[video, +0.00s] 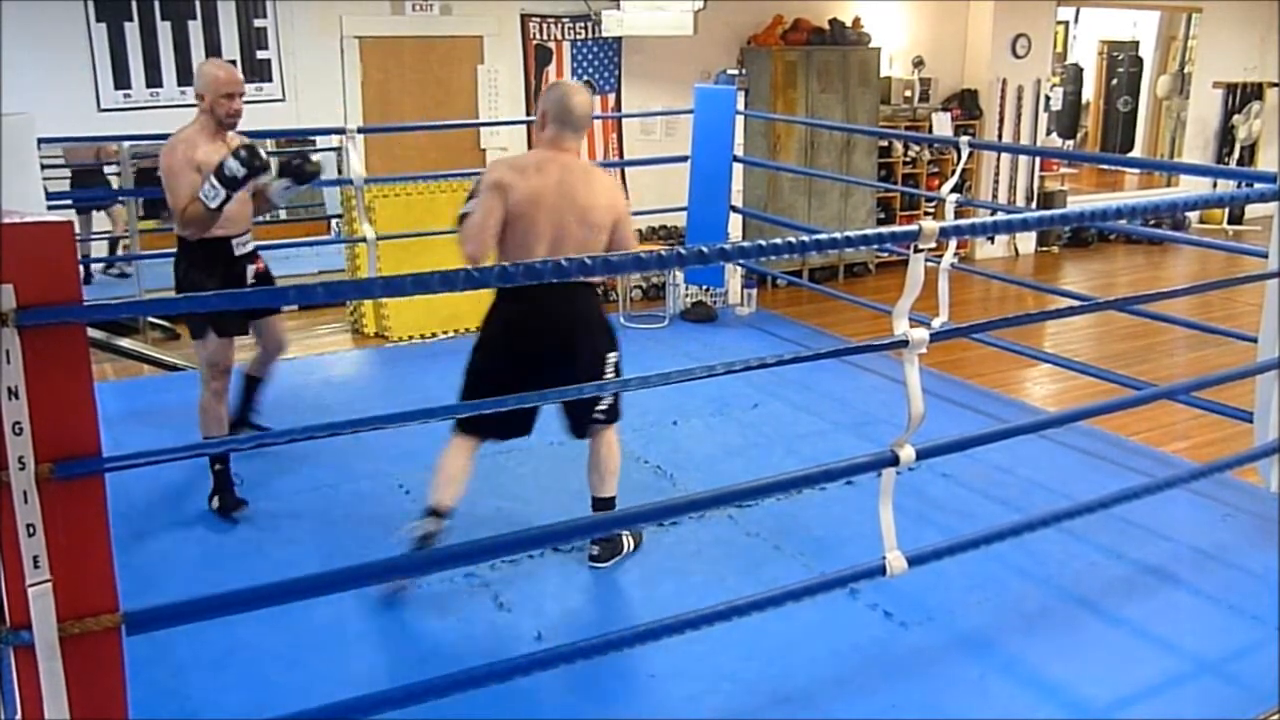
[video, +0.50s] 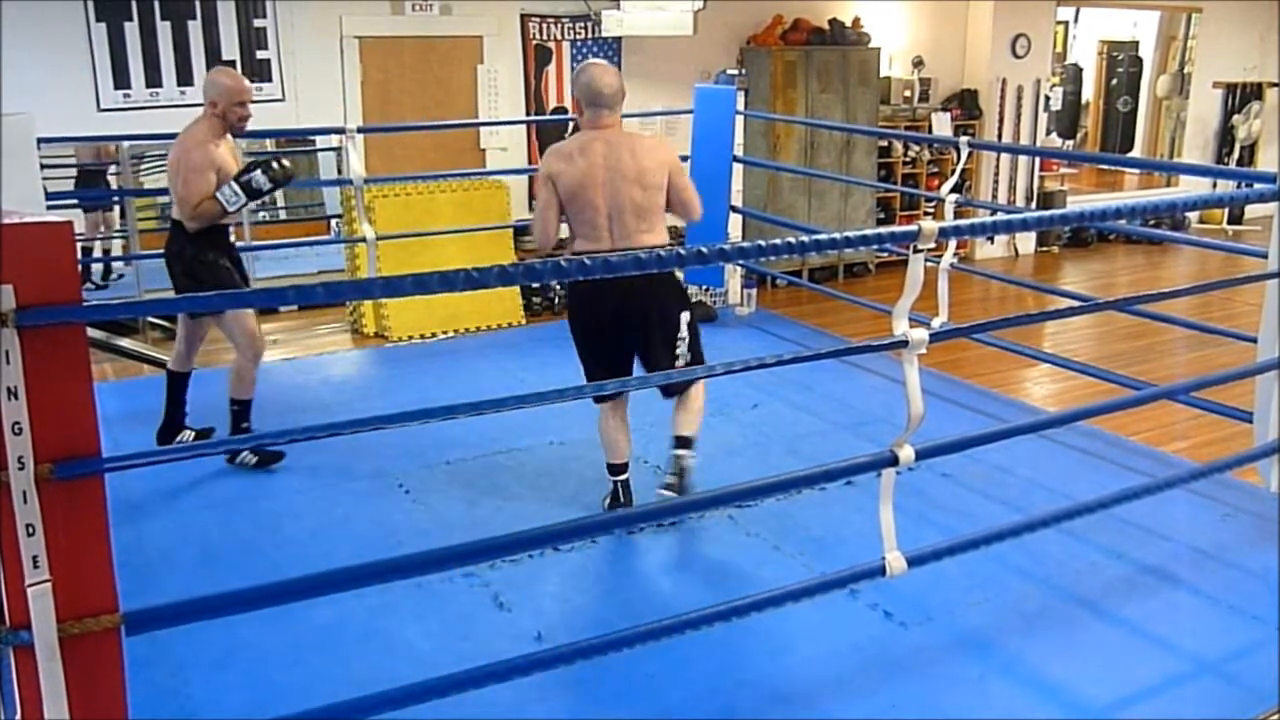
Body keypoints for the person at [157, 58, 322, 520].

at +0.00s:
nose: (238, 106)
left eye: (241, 96)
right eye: (229, 98)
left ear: (242, 96)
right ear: (202, 100)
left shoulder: (239, 143)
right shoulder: (179, 150)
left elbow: (253, 206)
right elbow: (188, 224)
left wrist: (286, 183)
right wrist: (224, 183)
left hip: (244, 253)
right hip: (202, 262)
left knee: (273, 343)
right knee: (217, 374)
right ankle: (222, 484)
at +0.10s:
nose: (235, 114)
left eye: (237, 105)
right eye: (225, 107)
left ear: (238, 103)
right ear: (199, 108)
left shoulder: (230, 147)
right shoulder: (177, 158)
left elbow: (239, 211)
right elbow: (184, 230)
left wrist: (269, 194)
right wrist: (222, 197)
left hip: (233, 259)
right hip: (197, 266)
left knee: (224, 350)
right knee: (214, 375)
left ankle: (197, 410)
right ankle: (221, 483)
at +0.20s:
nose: (238, 125)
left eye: (239, 116)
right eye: (229, 118)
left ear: (236, 114)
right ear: (202, 120)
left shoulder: (223, 155)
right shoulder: (182, 166)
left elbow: (228, 219)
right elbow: (183, 238)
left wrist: (260, 207)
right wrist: (230, 209)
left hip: (218, 266)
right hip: (193, 273)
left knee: (195, 352)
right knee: (214, 373)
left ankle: (172, 428)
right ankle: (220, 479)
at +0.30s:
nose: (242, 121)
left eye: (243, 112)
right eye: (234, 114)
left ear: (223, 113)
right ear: (208, 116)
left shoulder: (214, 147)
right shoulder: (191, 159)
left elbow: (219, 205)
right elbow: (181, 230)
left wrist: (252, 201)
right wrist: (238, 213)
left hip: (208, 256)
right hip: (188, 263)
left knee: (188, 347)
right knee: (217, 357)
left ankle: (170, 426)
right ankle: (225, 468)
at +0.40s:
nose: (245, 112)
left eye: (246, 104)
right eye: (237, 106)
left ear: (221, 106)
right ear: (212, 107)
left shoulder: (219, 138)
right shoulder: (194, 150)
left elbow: (221, 193)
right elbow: (186, 218)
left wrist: (252, 187)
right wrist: (240, 201)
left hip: (208, 245)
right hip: (191, 252)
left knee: (188, 342)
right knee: (234, 348)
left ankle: (172, 427)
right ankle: (226, 451)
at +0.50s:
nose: (248, 112)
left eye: (249, 103)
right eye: (240, 105)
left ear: (223, 105)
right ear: (215, 106)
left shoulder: (219, 136)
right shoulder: (197, 148)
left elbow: (226, 190)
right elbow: (195, 215)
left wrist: (259, 176)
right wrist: (246, 189)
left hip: (207, 244)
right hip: (199, 250)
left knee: (188, 341)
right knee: (250, 346)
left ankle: (172, 427)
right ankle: (240, 441)